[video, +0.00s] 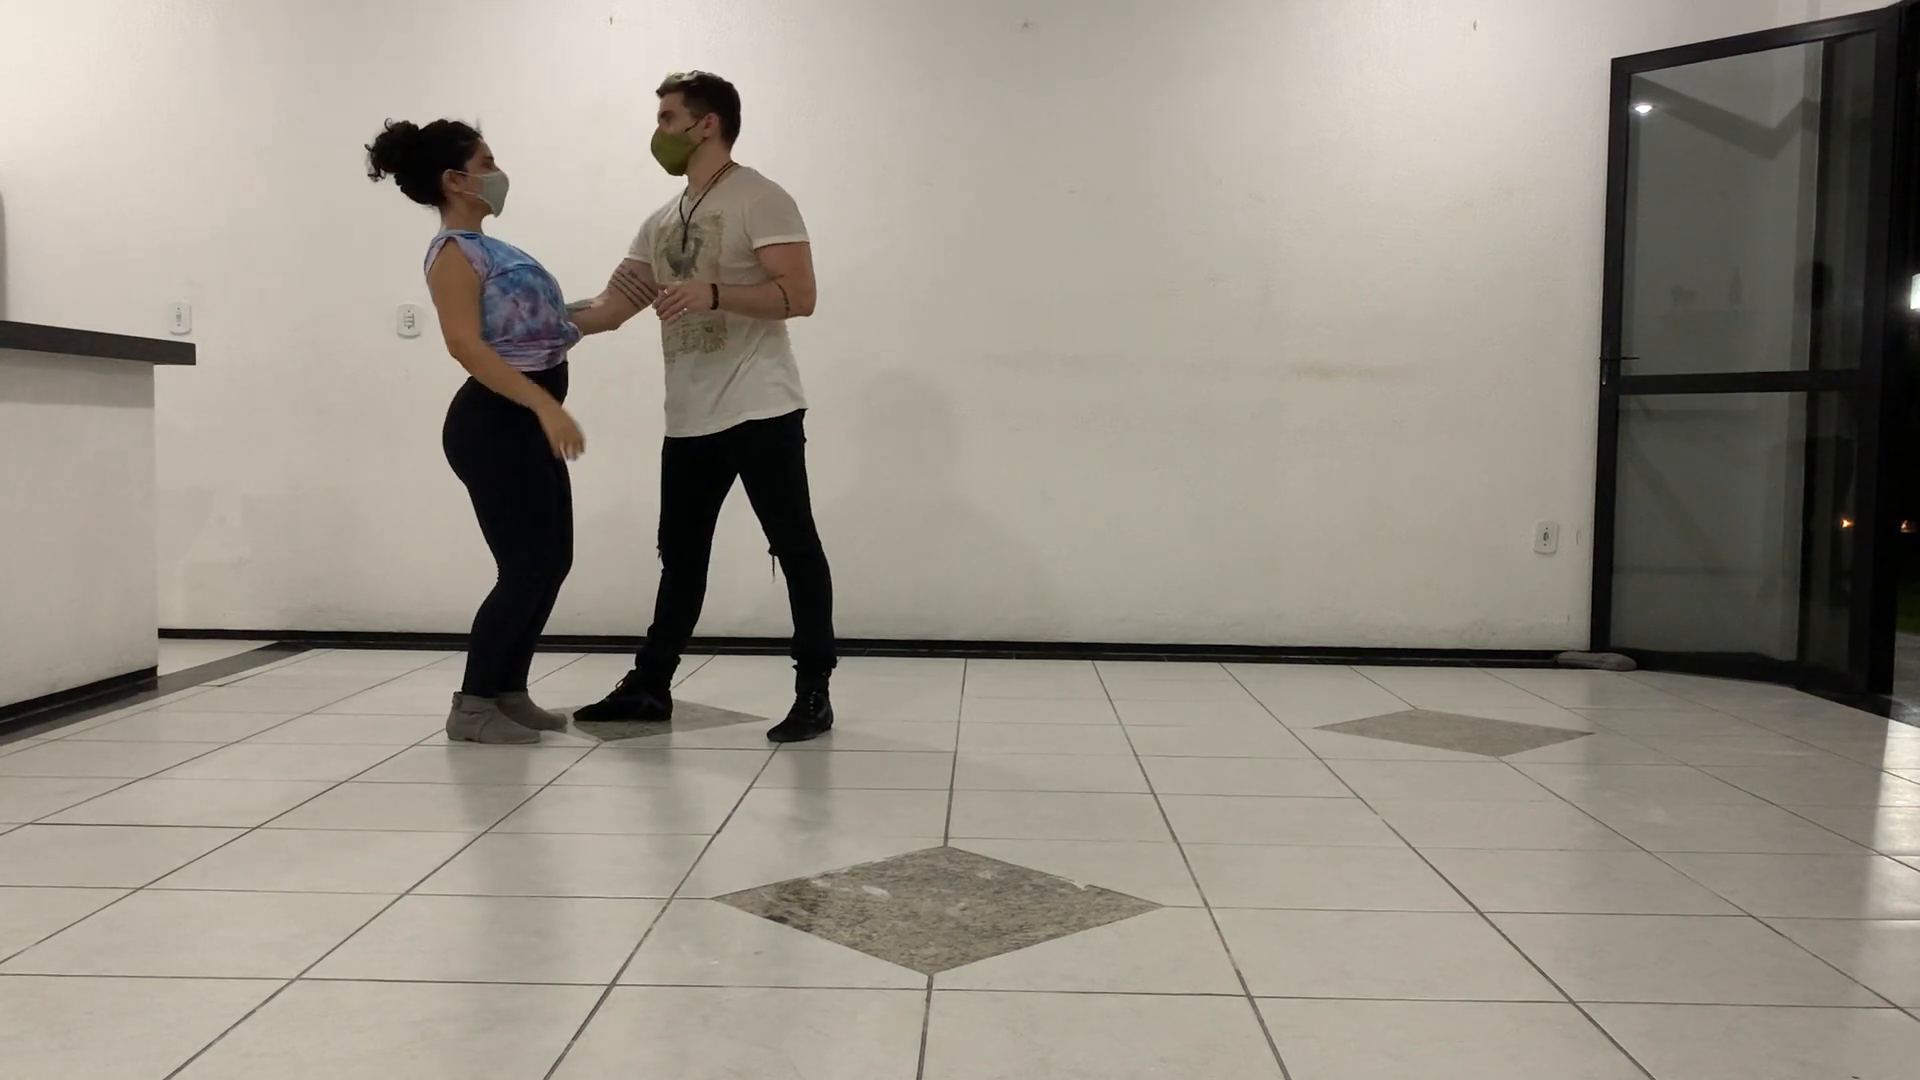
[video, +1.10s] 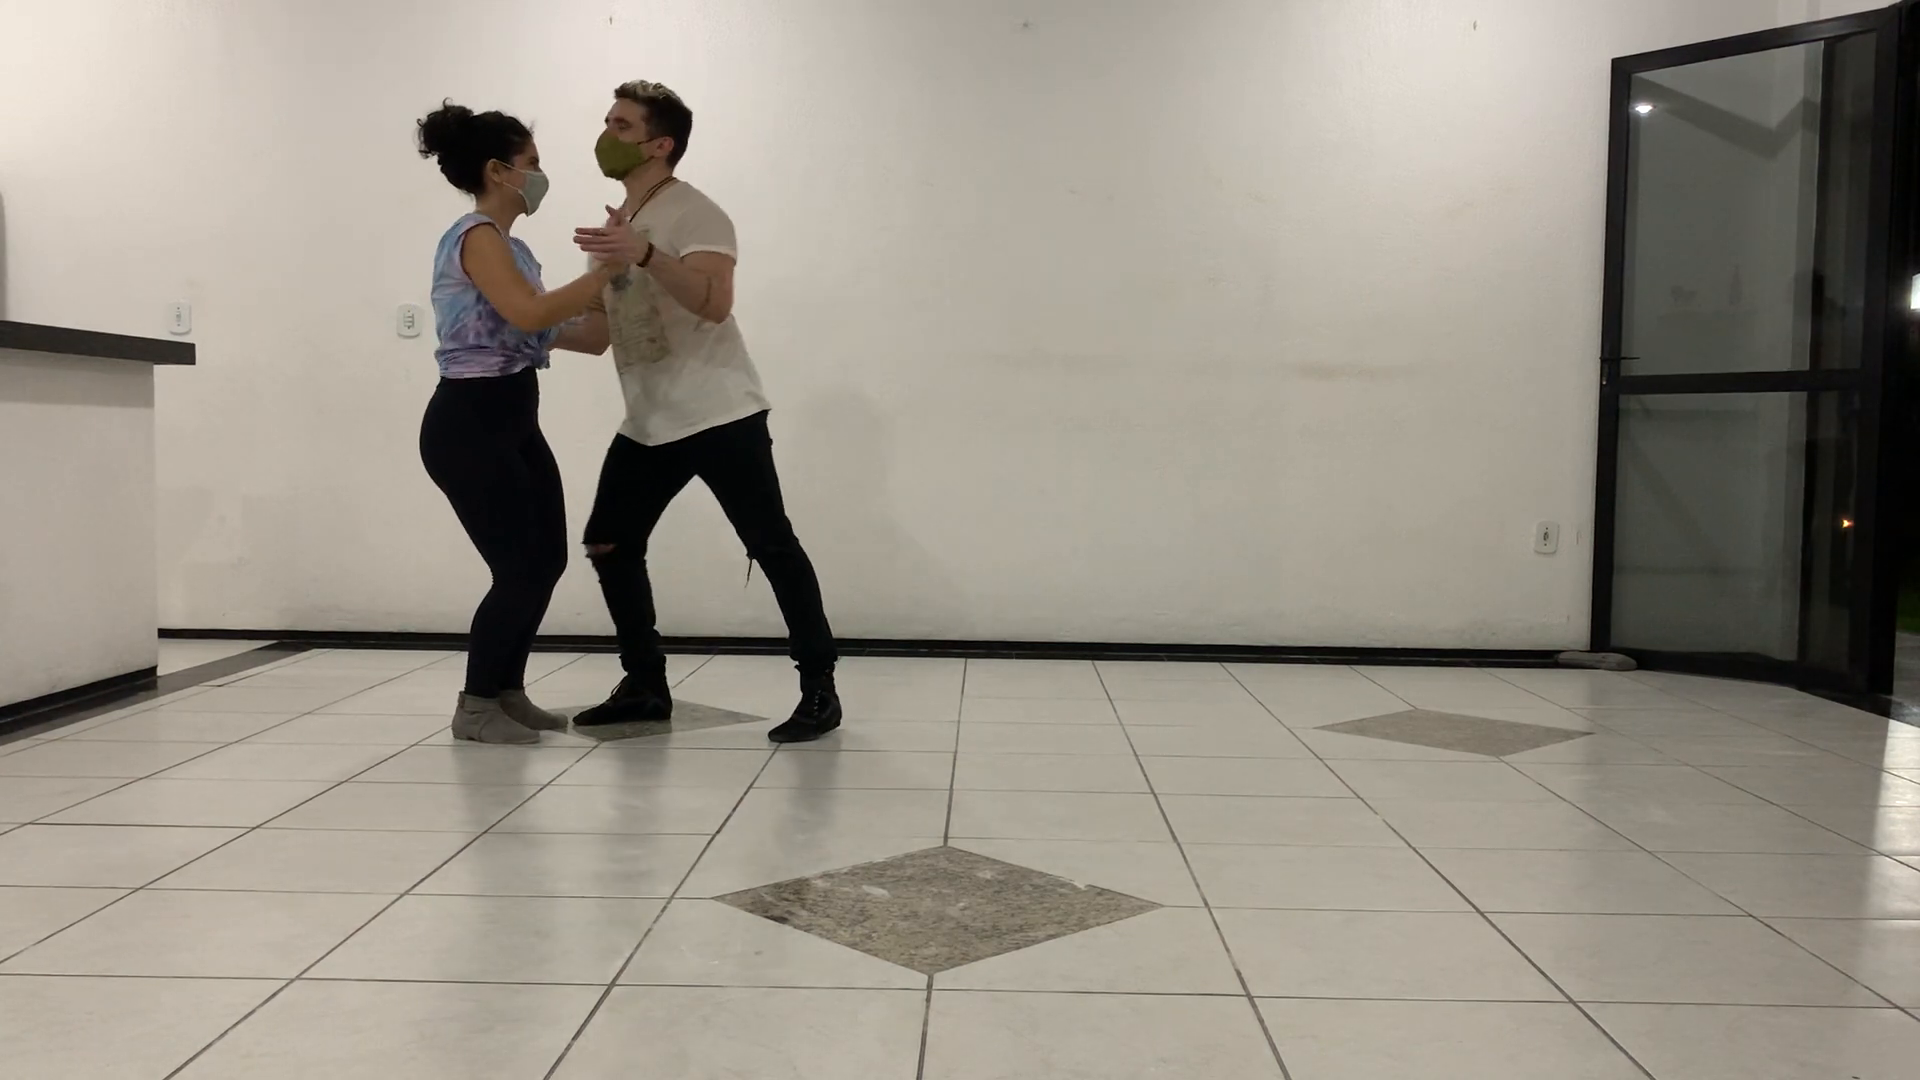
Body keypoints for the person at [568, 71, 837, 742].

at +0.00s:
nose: (656, 131)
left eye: (667, 119)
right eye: (657, 120)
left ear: (710, 124)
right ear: (697, 127)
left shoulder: (760, 199)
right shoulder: (660, 227)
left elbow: (799, 297)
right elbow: (613, 308)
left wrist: (712, 294)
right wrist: (539, 318)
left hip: (763, 405)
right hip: (690, 416)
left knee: (795, 547)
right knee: (681, 553)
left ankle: (814, 695)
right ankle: (649, 687)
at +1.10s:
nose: (605, 133)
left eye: (620, 125)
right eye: (608, 122)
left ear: (661, 143)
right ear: (640, 143)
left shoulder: (697, 213)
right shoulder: (618, 230)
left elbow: (715, 301)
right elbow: (605, 330)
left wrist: (640, 253)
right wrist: (526, 326)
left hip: (723, 412)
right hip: (652, 421)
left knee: (772, 545)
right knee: (611, 542)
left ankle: (821, 693)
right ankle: (645, 687)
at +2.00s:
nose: (671, 167)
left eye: (684, 156)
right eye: (668, 156)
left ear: (728, 161)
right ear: (667, 161)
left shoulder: (783, 232)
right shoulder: (661, 252)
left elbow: (793, 317)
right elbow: (586, 302)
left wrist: (714, 274)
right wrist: (514, 319)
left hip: (817, 409)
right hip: (740, 416)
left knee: (784, 551)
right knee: (682, 540)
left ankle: (741, 682)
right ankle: (638, 681)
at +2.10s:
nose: (696, 174)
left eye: (709, 162)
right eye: (691, 162)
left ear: (751, 168)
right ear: (690, 166)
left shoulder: (799, 235)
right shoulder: (694, 251)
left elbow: (790, 302)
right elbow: (628, 314)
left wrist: (712, 258)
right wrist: (552, 331)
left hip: (828, 418)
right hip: (752, 422)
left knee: (792, 554)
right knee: (687, 535)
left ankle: (742, 681)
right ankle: (659, 667)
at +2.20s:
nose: (719, 177)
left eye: (733, 166)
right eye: (717, 166)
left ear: (776, 173)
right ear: (719, 172)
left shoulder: (818, 241)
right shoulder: (715, 255)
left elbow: (798, 302)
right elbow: (651, 315)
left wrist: (717, 271)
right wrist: (577, 335)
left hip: (834, 424)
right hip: (760, 426)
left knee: (795, 557)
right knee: (699, 535)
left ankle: (742, 679)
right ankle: (740, 644)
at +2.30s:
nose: (741, 174)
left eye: (755, 164)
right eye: (738, 163)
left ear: (797, 172)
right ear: (736, 166)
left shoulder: (835, 244)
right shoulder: (731, 248)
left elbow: (833, 306)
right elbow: (673, 316)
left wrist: (755, 289)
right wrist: (602, 336)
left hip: (838, 426)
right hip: (766, 429)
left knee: (798, 562)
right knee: (725, 552)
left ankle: (743, 678)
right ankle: (819, 644)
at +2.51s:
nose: (770, 164)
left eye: (784, 153)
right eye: (765, 153)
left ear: (824, 160)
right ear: (761, 159)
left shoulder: (858, 224)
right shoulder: (758, 245)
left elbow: (912, 261)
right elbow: (718, 336)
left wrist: (826, 227)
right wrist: (665, 294)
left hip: (865, 407)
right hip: (795, 420)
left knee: (834, 544)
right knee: (799, 562)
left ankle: (770, 675)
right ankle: (872, 676)